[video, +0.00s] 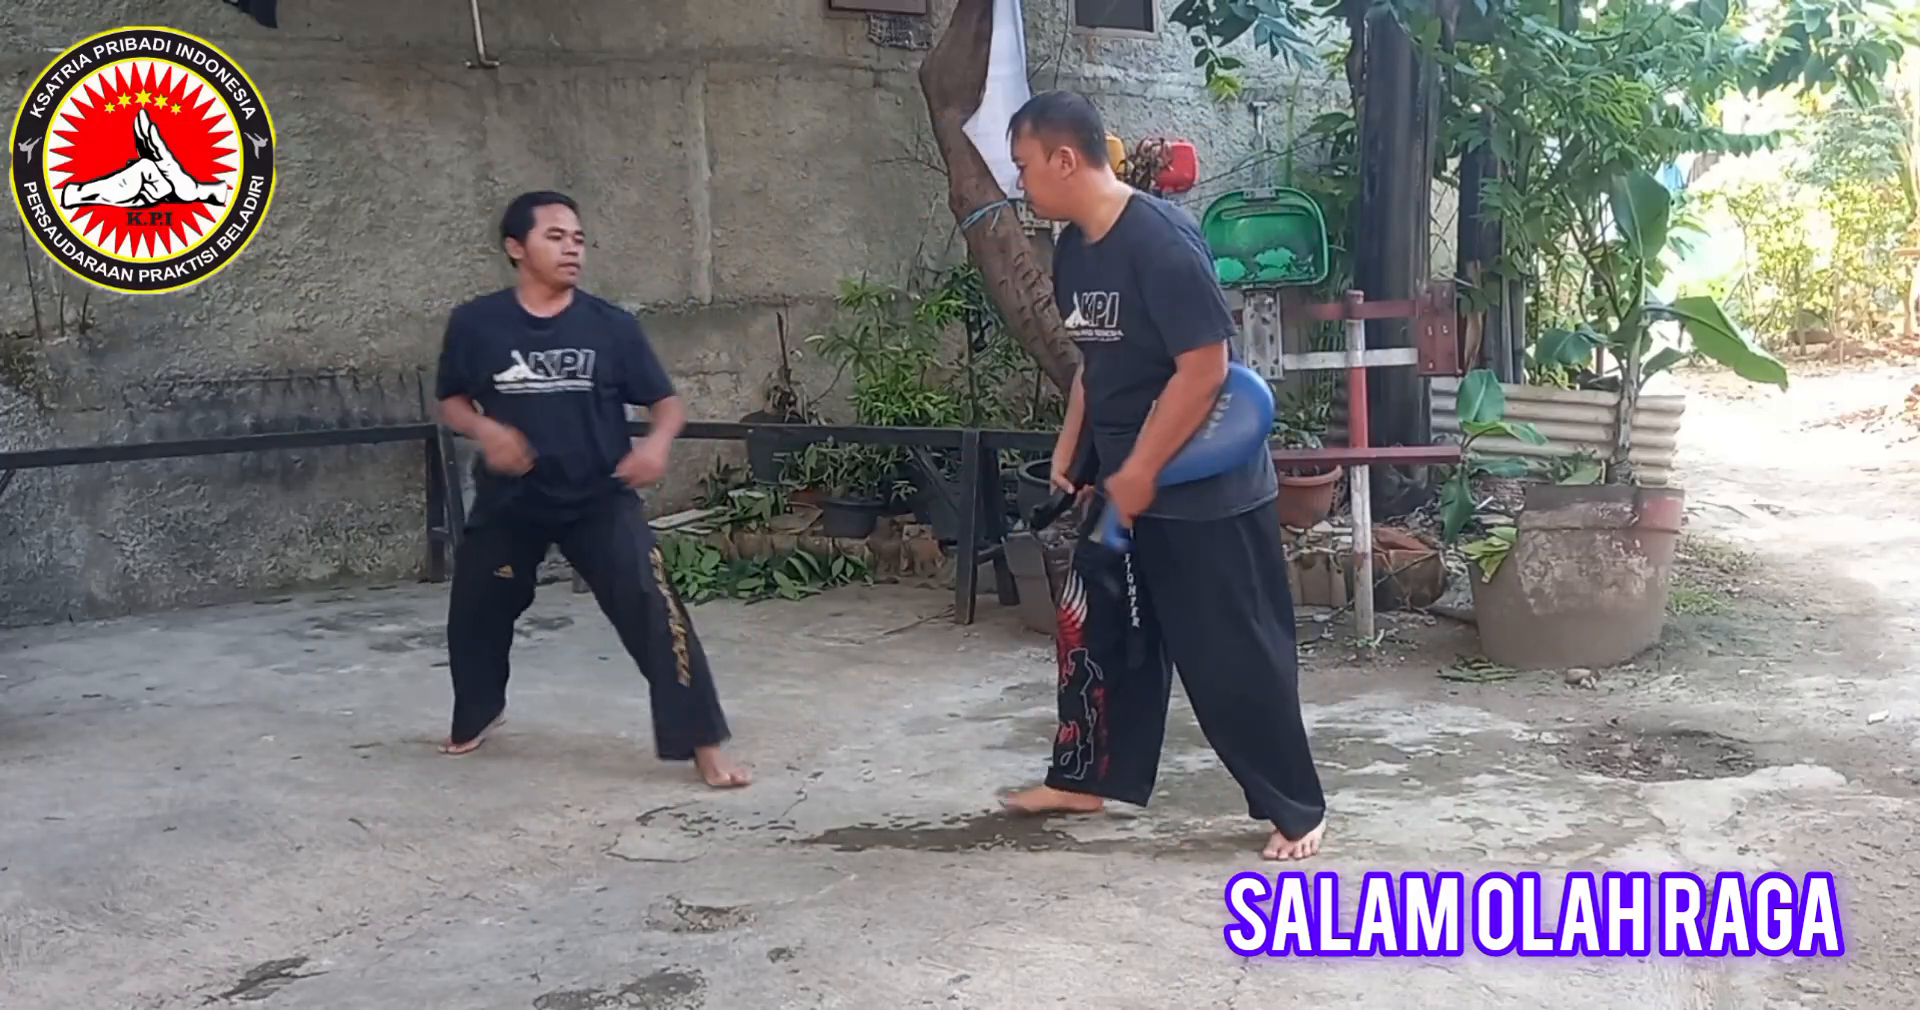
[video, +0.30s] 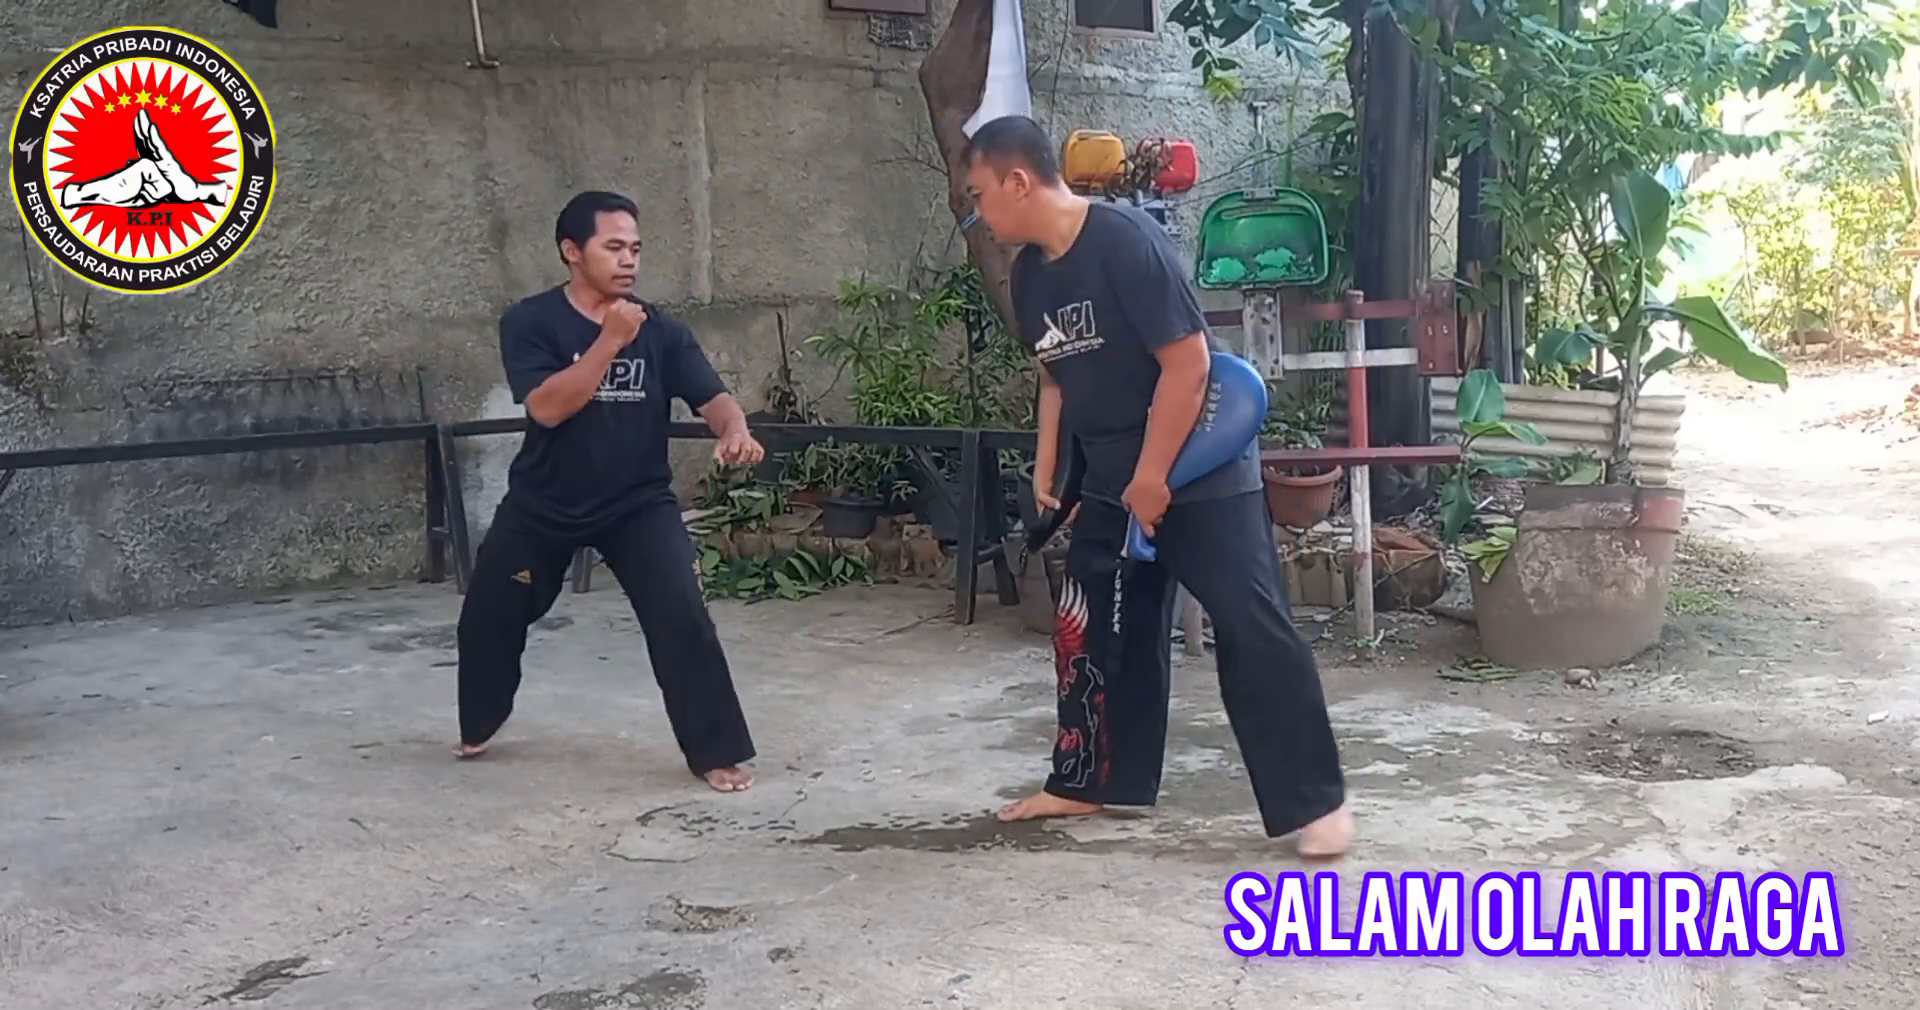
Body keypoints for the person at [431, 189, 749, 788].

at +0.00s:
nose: (572, 248)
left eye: (577, 238)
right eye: (556, 237)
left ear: (584, 249)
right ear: (517, 249)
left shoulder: (612, 325)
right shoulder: (474, 323)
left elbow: (669, 403)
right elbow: (451, 402)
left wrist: (656, 445)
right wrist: (486, 431)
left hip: (598, 498)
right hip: (511, 500)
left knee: (647, 601)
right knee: (476, 606)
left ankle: (707, 743)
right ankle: (477, 708)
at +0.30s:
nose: (630, 259)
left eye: (635, 247)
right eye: (615, 247)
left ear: (640, 252)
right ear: (572, 251)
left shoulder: (661, 331)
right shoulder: (530, 321)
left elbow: (711, 397)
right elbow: (546, 407)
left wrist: (733, 429)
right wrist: (611, 343)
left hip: (638, 502)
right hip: (543, 502)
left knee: (679, 610)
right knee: (489, 606)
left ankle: (718, 753)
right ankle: (481, 716)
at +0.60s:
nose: (604, 255)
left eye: (610, 244)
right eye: (589, 243)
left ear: (617, 250)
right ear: (547, 249)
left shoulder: (638, 329)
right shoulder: (506, 320)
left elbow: (693, 396)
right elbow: (512, 398)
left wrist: (735, 440)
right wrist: (575, 334)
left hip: (625, 502)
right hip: (529, 508)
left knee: (681, 600)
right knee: (488, 618)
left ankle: (722, 744)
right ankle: (484, 725)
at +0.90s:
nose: (646, 259)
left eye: (650, 249)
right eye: (631, 248)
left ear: (654, 257)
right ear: (587, 255)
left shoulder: (671, 335)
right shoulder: (544, 321)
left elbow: (731, 385)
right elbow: (568, 380)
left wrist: (781, 409)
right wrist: (627, 308)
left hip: (661, 513)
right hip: (565, 515)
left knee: (713, 617)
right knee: (510, 625)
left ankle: (740, 757)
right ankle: (486, 737)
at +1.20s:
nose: (593, 277)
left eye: (600, 267)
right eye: (578, 265)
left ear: (608, 273)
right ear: (539, 272)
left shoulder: (635, 346)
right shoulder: (503, 340)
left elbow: (706, 393)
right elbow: (513, 398)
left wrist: (747, 386)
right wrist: (577, 330)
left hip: (625, 523)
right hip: (528, 527)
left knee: (680, 617)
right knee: (475, 636)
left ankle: (730, 758)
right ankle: (492, 739)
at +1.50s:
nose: (630, 257)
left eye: (632, 249)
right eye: (612, 250)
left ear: (640, 261)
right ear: (574, 271)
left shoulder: (675, 341)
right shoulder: (559, 340)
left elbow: (746, 394)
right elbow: (605, 383)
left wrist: (735, 343)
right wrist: (627, 301)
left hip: (677, 523)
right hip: (583, 528)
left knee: (732, 616)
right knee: (530, 639)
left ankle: (731, 759)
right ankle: (484, 742)